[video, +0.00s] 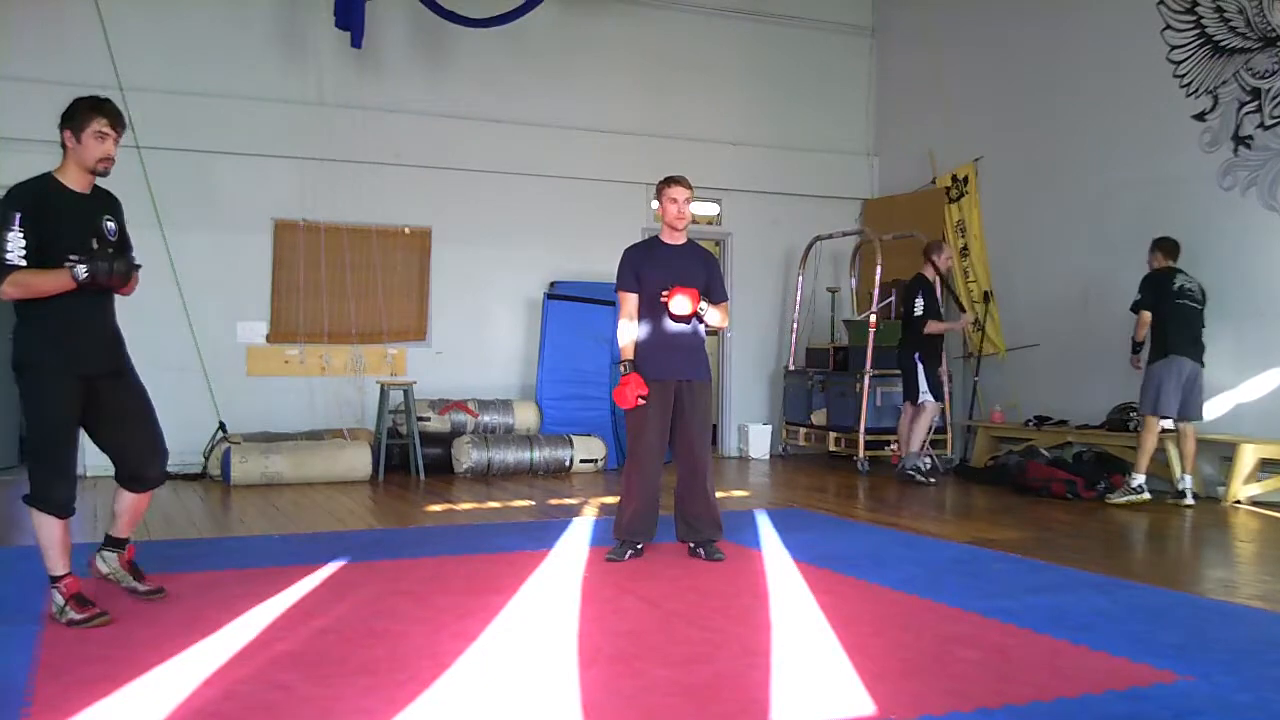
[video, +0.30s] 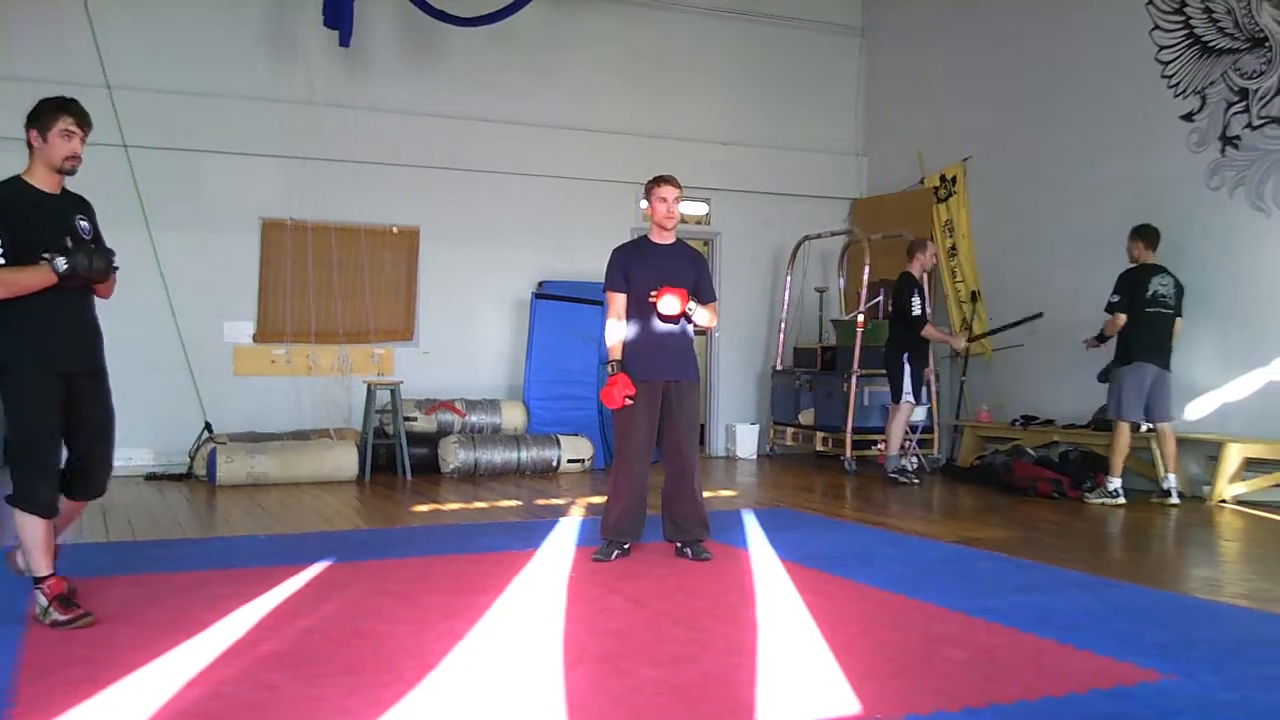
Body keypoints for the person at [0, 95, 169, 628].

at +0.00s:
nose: (110, 148)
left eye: (115, 139)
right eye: (100, 136)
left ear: (117, 146)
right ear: (69, 137)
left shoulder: (108, 206)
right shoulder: (24, 200)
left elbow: (128, 283)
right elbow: (8, 284)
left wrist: (120, 272)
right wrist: (83, 273)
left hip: (105, 358)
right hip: (46, 362)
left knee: (146, 460)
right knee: (53, 477)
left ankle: (114, 556)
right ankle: (62, 591)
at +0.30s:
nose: (77, 145)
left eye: (81, 137)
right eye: (66, 135)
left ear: (82, 144)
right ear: (36, 138)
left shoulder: (79, 208)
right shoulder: (5, 200)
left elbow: (106, 289)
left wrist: (97, 268)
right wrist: (63, 268)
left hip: (82, 358)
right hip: (24, 360)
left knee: (91, 468)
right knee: (35, 469)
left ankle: (34, 548)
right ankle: (47, 592)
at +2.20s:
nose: (98, 146)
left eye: (97, 137)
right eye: (90, 136)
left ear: (64, 143)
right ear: (56, 140)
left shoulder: (73, 212)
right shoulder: (12, 199)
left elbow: (84, 281)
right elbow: (7, 281)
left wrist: (94, 269)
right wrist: (71, 273)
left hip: (72, 362)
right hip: (20, 366)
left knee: (96, 461)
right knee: (18, 473)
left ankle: (100, 569)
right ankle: (8, 581)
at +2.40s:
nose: (123, 156)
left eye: (125, 148)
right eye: (116, 146)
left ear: (99, 150)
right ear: (83, 144)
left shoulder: (96, 215)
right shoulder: (43, 202)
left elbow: (88, 278)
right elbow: (36, 287)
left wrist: (117, 274)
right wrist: (104, 278)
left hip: (101, 364)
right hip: (53, 367)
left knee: (124, 466)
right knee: (45, 472)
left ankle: (147, 573)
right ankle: (31, 588)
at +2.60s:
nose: (177, 159)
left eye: (181, 151)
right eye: (168, 148)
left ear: (175, 158)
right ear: (138, 149)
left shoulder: (155, 219)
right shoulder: (103, 205)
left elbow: (150, 292)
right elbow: (94, 287)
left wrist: (178, 285)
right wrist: (160, 278)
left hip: (162, 365)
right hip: (115, 367)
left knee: (170, 465)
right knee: (95, 471)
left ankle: (177, 573)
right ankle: (63, 583)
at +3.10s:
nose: (228, 161)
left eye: (233, 154)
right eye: (220, 150)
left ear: (233, 163)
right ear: (193, 151)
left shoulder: (218, 224)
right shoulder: (147, 198)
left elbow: (229, 303)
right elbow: (120, 268)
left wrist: (224, 279)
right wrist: (188, 268)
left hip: (201, 357)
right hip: (153, 354)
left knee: (190, 464)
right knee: (159, 460)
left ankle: (171, 567)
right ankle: (118, 568)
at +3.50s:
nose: (226, 108)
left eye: (231, 100)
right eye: (218, 97)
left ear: (229, 104)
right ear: (188, 95)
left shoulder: (215, 166)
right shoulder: (146, 147)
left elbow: (229, 247)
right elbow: (126, 224)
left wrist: (231, 226)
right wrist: (196, 218)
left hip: (209, 306)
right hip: (164, 305)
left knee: (195, 409)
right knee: (179, 410)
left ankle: (161, 511)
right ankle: (187, 530)